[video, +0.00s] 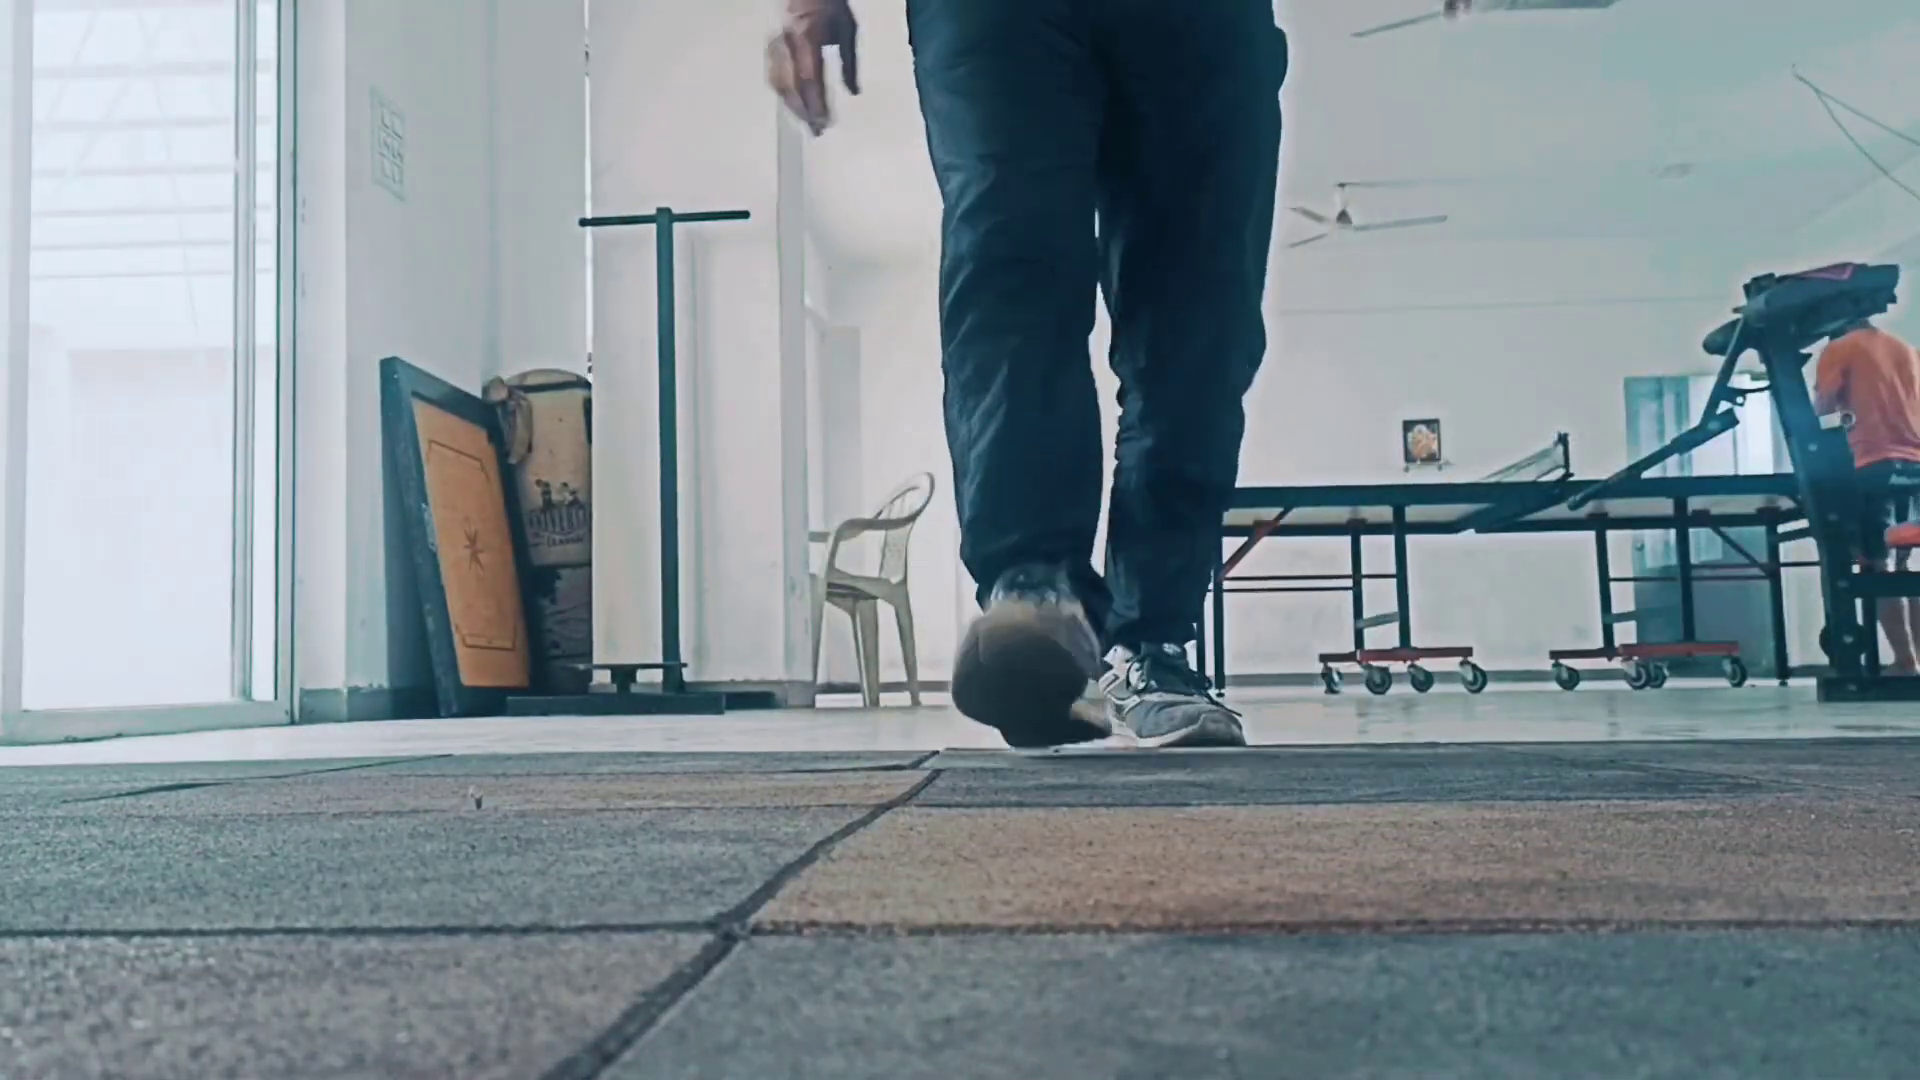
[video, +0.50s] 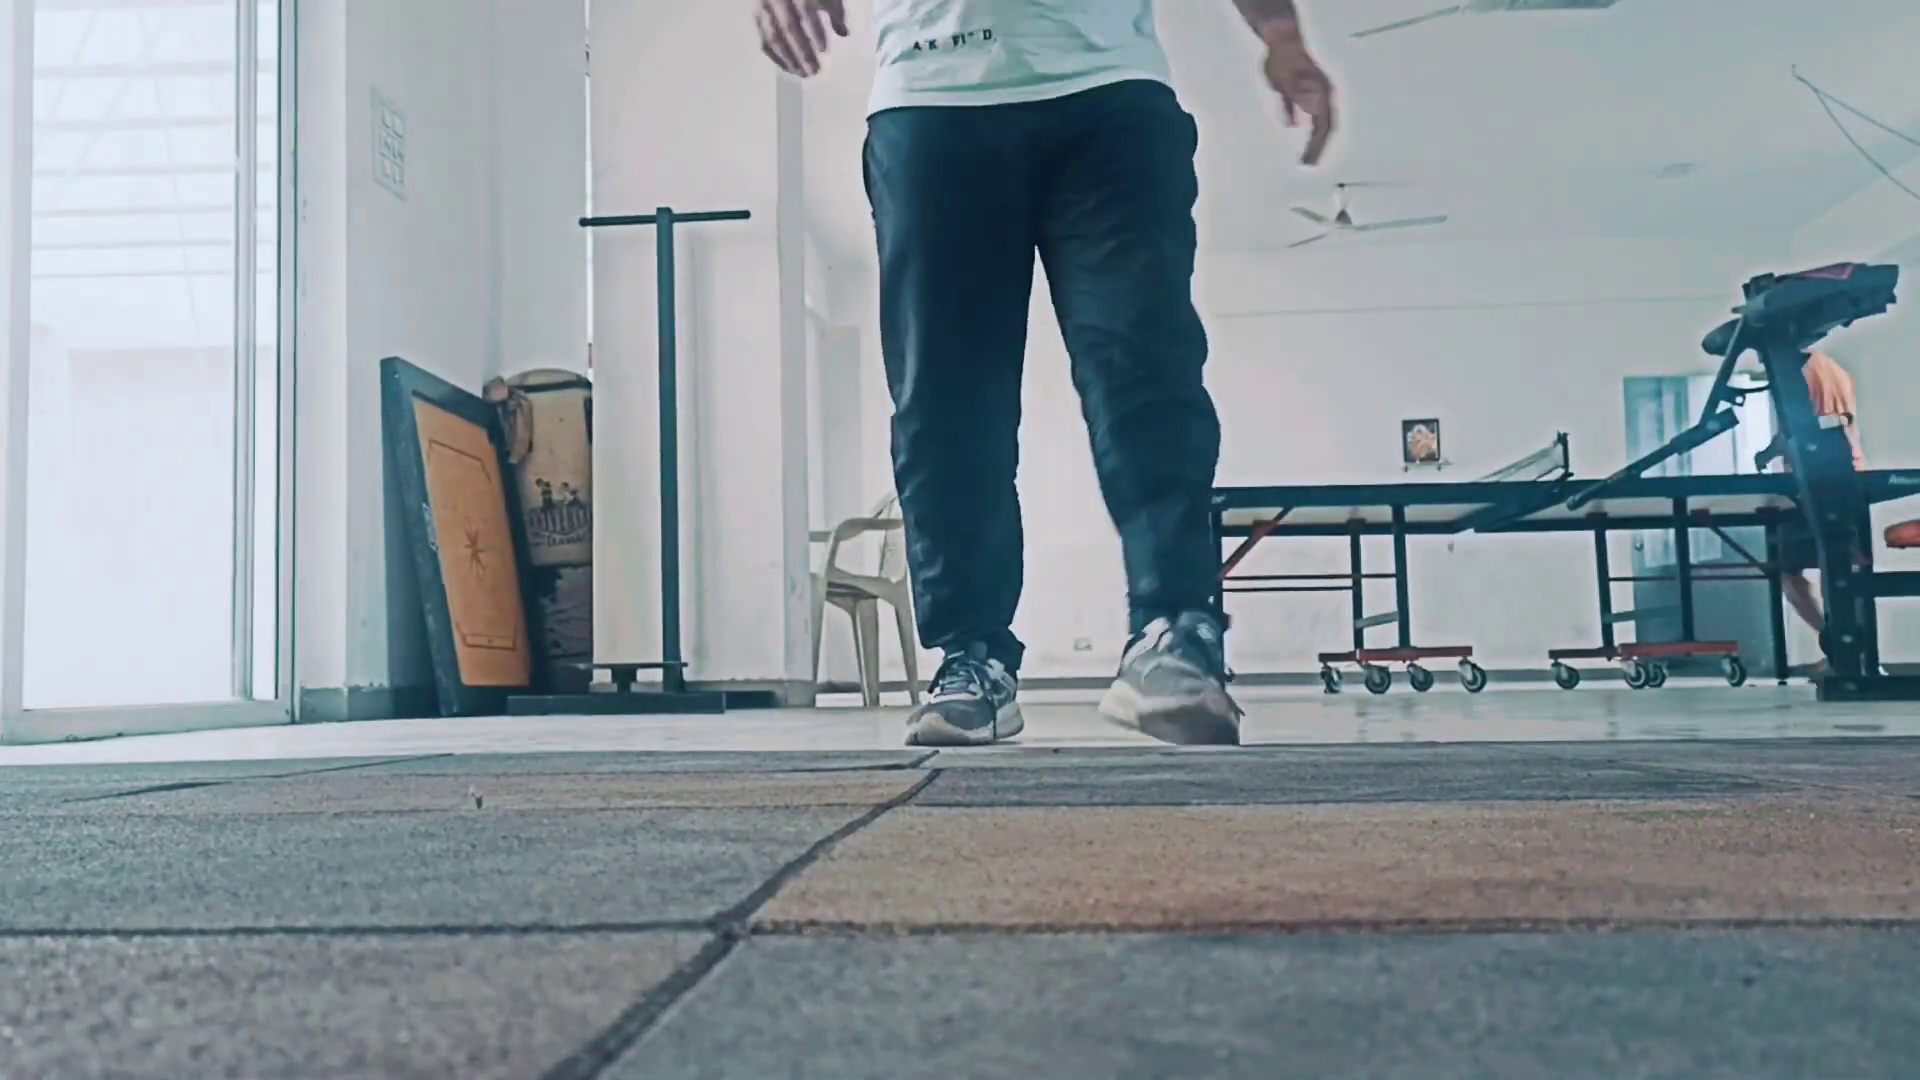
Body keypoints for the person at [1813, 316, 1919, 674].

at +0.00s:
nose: (1826, 334)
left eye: (1828, 327)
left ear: (1838, 320)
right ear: (1866, 314)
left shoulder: (1839, 349)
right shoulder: (1906, 349)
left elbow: (1823, 406)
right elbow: (1912, 400)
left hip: (1873, 463)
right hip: (1915, 461)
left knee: (1878, 568)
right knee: (1903, 564)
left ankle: (1906, 660)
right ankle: (1912, 654)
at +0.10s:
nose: (1819, 343)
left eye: (1820, 337)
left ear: (1828, 329)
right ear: (1856, 324)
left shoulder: (1830, 356)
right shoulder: (1899, 360)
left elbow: (1805, 412)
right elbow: (1914, 413)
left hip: (1864, 468)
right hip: (1907, 466)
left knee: (1875, 566)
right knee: (1877, 564)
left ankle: (1902, 655)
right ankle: (1886, 655)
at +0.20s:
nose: (1808, 344)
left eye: (1811, 336)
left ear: (1820, 333)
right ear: (1848, 329)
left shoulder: (1818, 366)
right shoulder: (1884, 368)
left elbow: (1804, 422)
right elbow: (1907, 429)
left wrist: (1791, 451)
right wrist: (1916, 463)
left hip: (1849, 476)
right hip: (1891, 471)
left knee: (1862, 567)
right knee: (1871, 566)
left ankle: (1901, 654)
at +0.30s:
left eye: (1802, 340)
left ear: (1808, 336)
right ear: (1837, 331)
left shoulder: (1807, 371)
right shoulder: (1873, 370)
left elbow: (1798, 428)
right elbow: (1889, 433)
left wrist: (1778, 457)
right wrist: (1909, 478)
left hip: (1831, 478)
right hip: (1878, 474)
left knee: (1834, 561)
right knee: (1866, 561)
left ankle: (1887, 640)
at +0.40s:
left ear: (1796, 335)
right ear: (1823, 329)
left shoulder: (1804, 367)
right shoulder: (1857, 370)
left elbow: (1798, 426)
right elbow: (1873, 436)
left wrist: (1773, 454)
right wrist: (1889, 490)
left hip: (1825, 479)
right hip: (1867, 475)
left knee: (1807, 572)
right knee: (1860, 562)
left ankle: (1868, 632)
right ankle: (1848, 642)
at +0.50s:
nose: (1765, 360)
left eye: (1767, 352)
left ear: (1782, 341)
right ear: (1809, 333)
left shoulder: (1791, 374)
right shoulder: (1840, 372)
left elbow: (1788, 430)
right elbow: (1847, 427)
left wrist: (1766, 454)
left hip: (1808, 479)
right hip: (1850, 475)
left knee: (1784, 570)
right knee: (1839, 566)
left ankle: (1830, 638)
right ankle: (1844, 651)